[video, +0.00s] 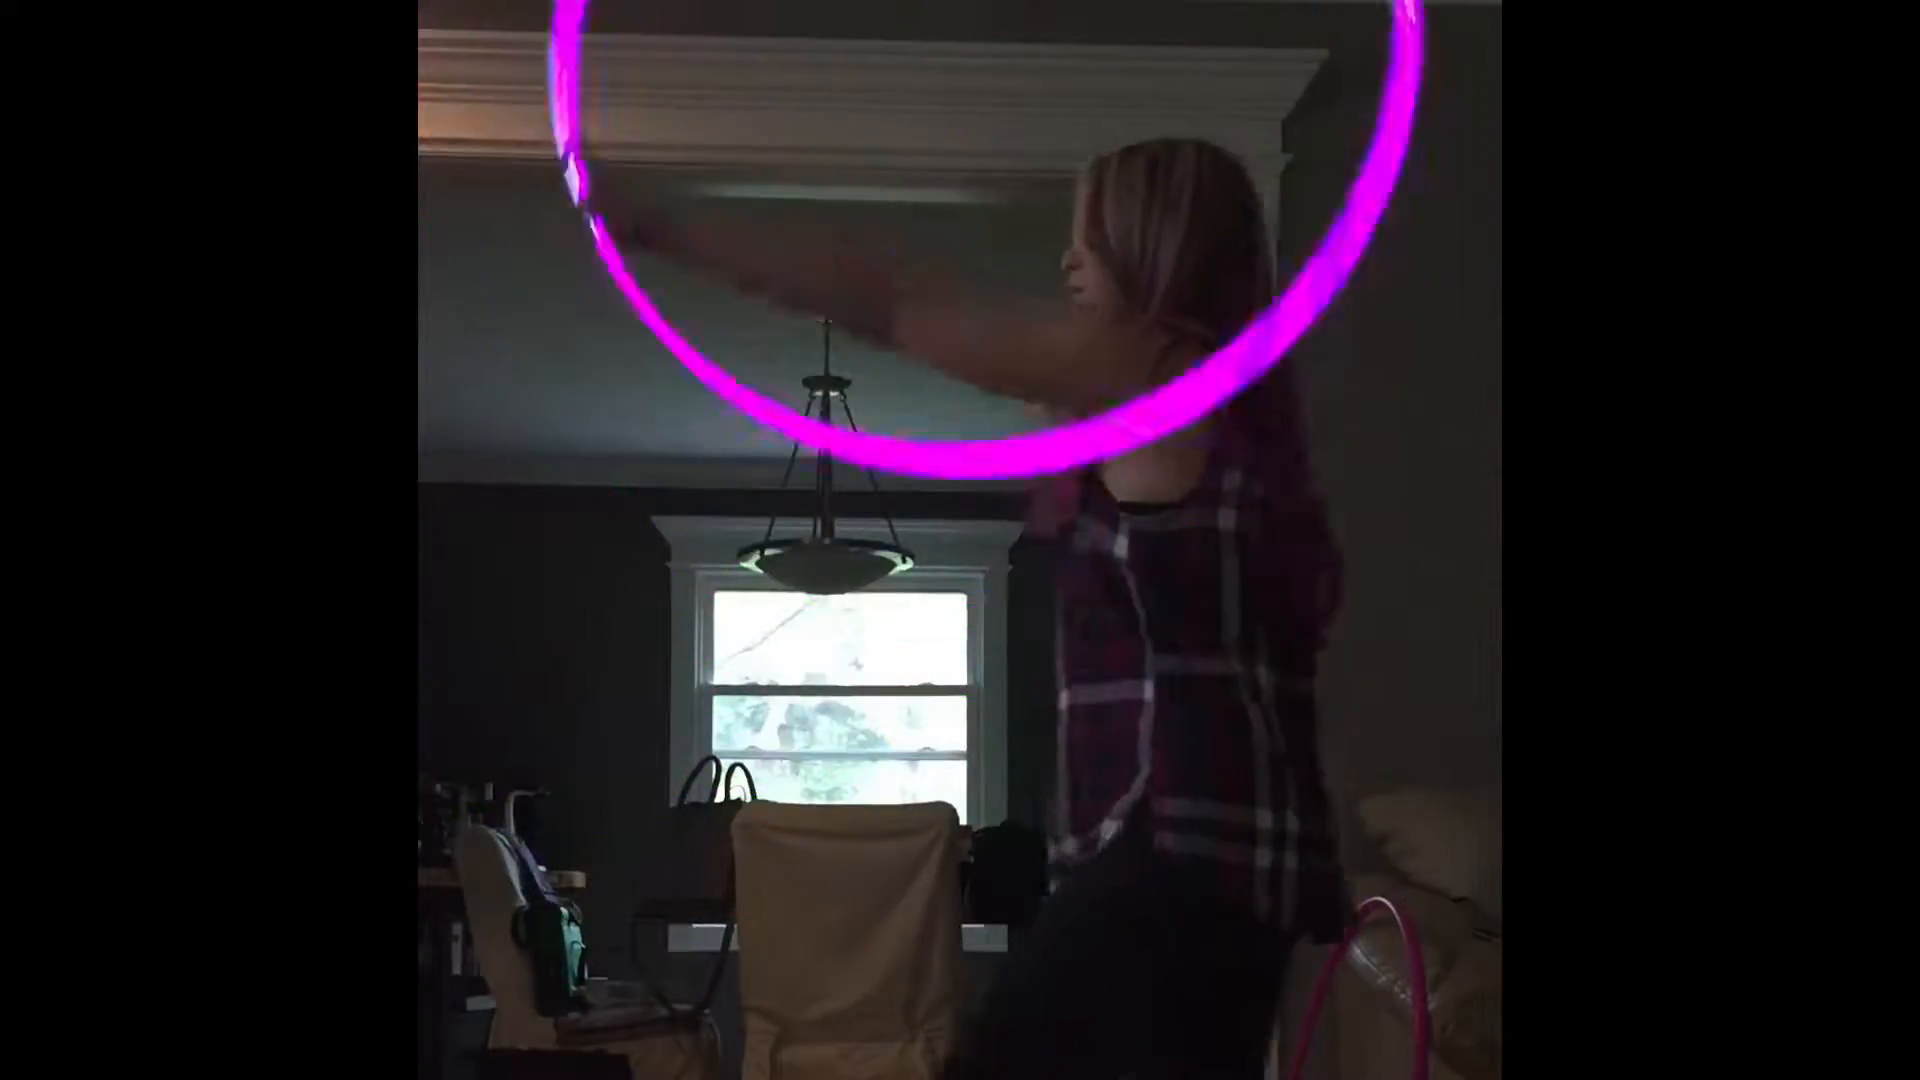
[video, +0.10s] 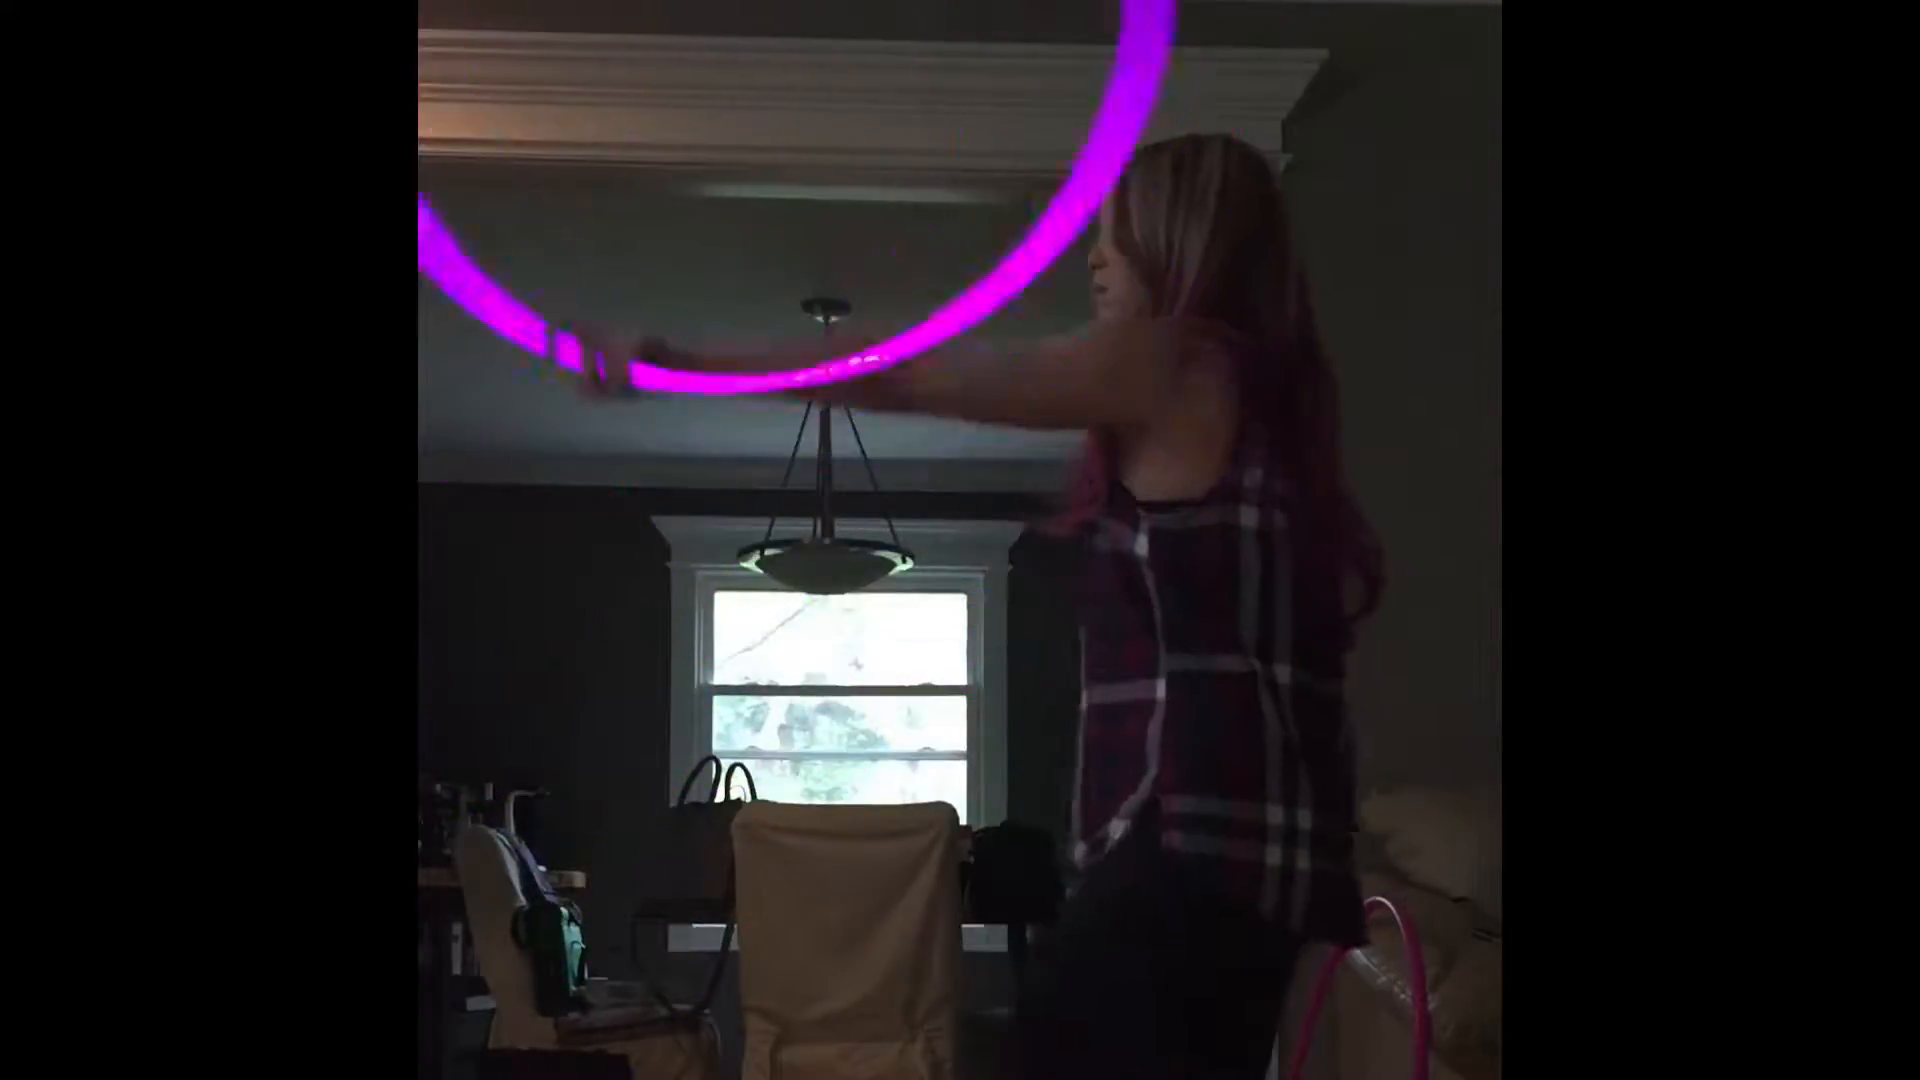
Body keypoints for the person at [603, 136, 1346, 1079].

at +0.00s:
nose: (1065, 275)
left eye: (1081, 253)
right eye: (1070, 251)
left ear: (1141, 260)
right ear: (1201, 261)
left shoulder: (1167, 379)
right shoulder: (1236, 392)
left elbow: (899, 308)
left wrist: (673, 233)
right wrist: (1086, 500)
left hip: (1176, 860)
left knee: (1019, 1053)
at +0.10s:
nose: (1091, 275)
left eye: (1110, 252)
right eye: (1096, 251)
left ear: (1174, 255)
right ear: (1221, 257)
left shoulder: (1172, 367)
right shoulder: (1263, 390)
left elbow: (913, 377)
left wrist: (659, 359)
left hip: (1192, 853)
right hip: (1267, 850)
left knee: (1081, 1051)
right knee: (1195, 1062)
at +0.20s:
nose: (1108, 261)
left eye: (1126, 238)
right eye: (1115, 236)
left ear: (1187, 247)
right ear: (1244, 248)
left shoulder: (1166, 359)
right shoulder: (1302, 387)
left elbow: (916, 432)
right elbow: (1364, 585)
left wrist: (695, 469)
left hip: (1194, 836)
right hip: (1301, 838)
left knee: (1113, 1052)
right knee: (1213, 1056)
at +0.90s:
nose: (998, 246)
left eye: (1020, 223)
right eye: (1006, 222)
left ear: (1080, 241)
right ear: (1145, 243)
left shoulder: (1031, 389)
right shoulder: (1232, 414)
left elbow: (884, 558)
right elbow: (1278, 660)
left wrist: (833, 400)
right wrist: (1261, 861)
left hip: (1067, 829)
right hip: (1196, 827)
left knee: (1074, 1060)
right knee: (1171, 1060)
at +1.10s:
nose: (973, 267)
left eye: (984, 245)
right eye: (976, 246)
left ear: (1028, 261)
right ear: (1116, 263)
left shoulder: (1031, 414)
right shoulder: (1169, 434)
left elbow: (808, 469)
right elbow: (1197, 660)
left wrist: (708, 297)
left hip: (1030, 873)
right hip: (1149, 864)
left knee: (988, 1058)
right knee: (1114, 1059)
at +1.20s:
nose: (945, 278)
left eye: (964, 258)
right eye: (952, 256)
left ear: (1030, 277)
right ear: (1047, 281)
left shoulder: (1032, 420)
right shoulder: (1091, 416)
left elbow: (807, 484)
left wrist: (633, 375)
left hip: (1009, 872)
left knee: (897, 1056)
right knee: (1059, 1061)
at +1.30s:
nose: (924, 288)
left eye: (945, 268)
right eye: (929, 266)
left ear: (1013, 285)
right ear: (1017, 292)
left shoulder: (1037, 432)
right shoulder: (1010, 430)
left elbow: (836, 554)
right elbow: (831, 548)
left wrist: (643, 463)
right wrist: (650, 467)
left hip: (992, 889)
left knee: (872, 1060)